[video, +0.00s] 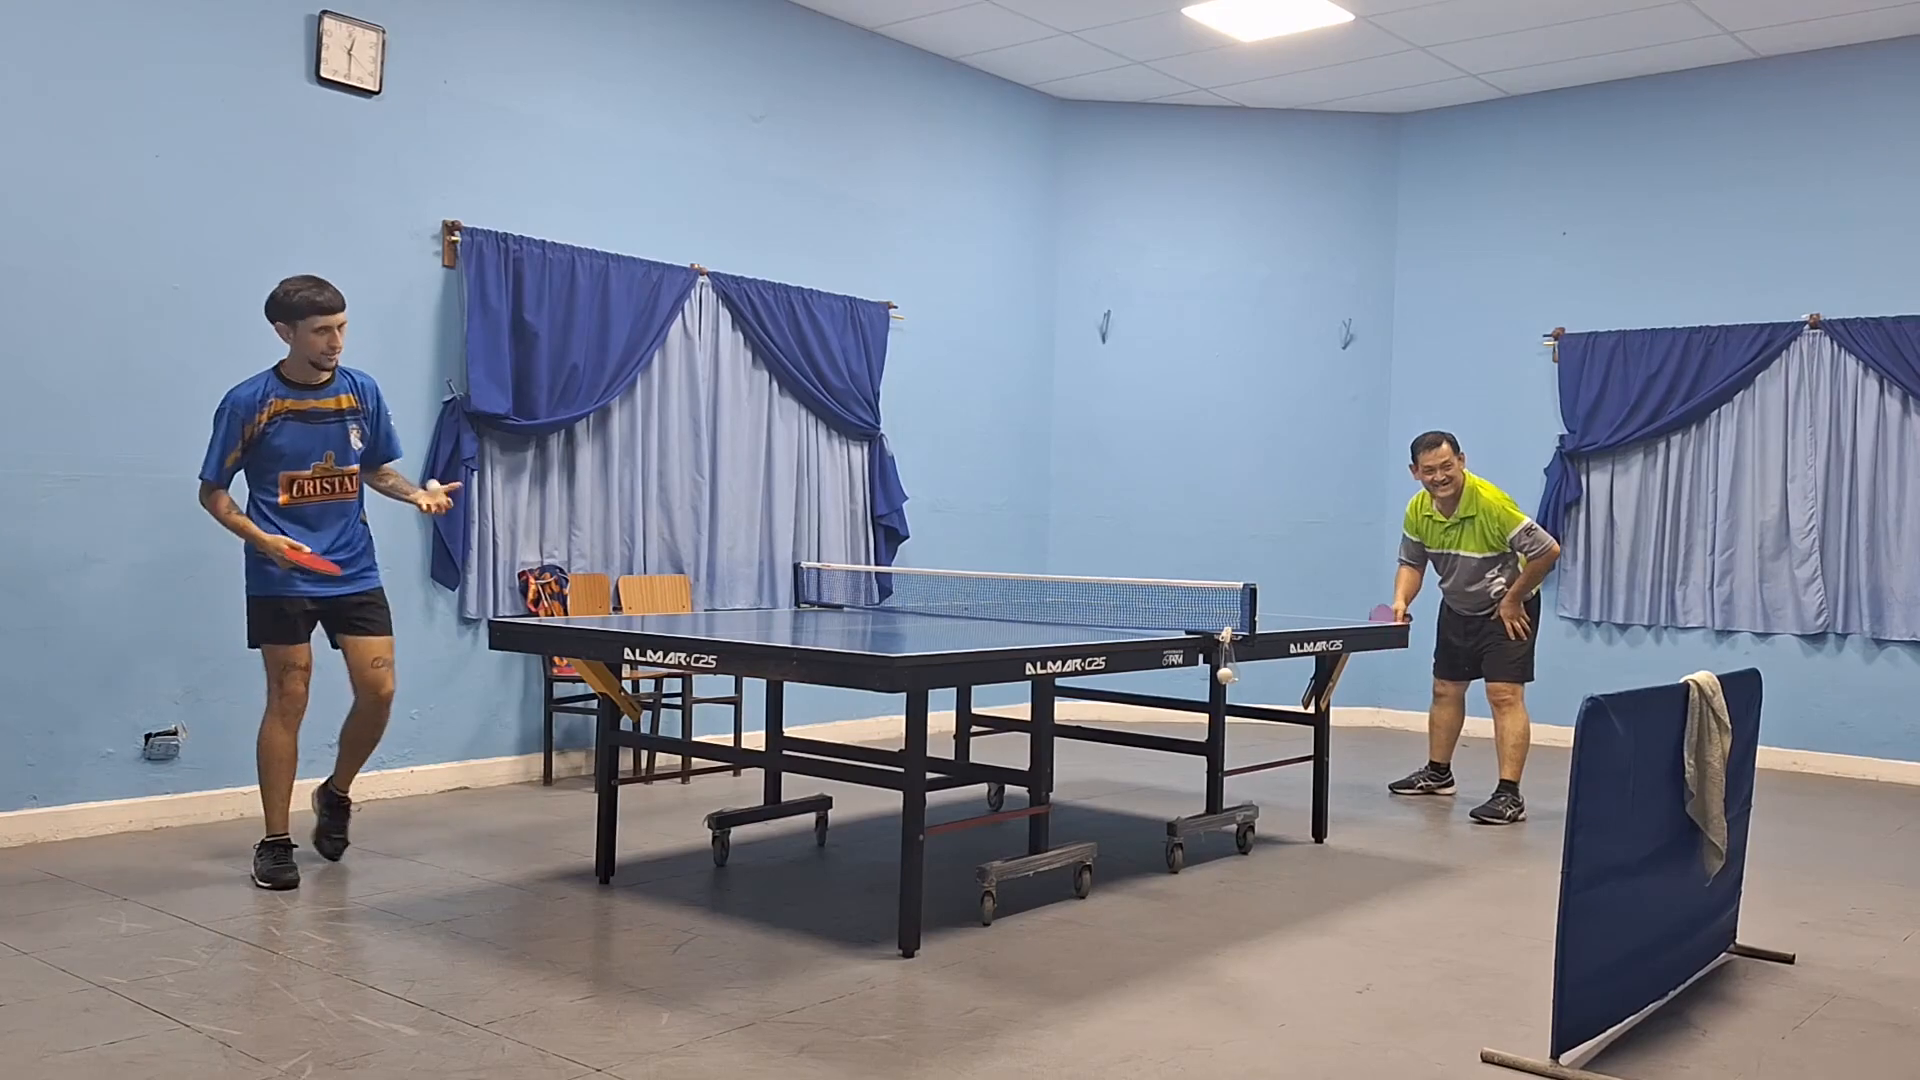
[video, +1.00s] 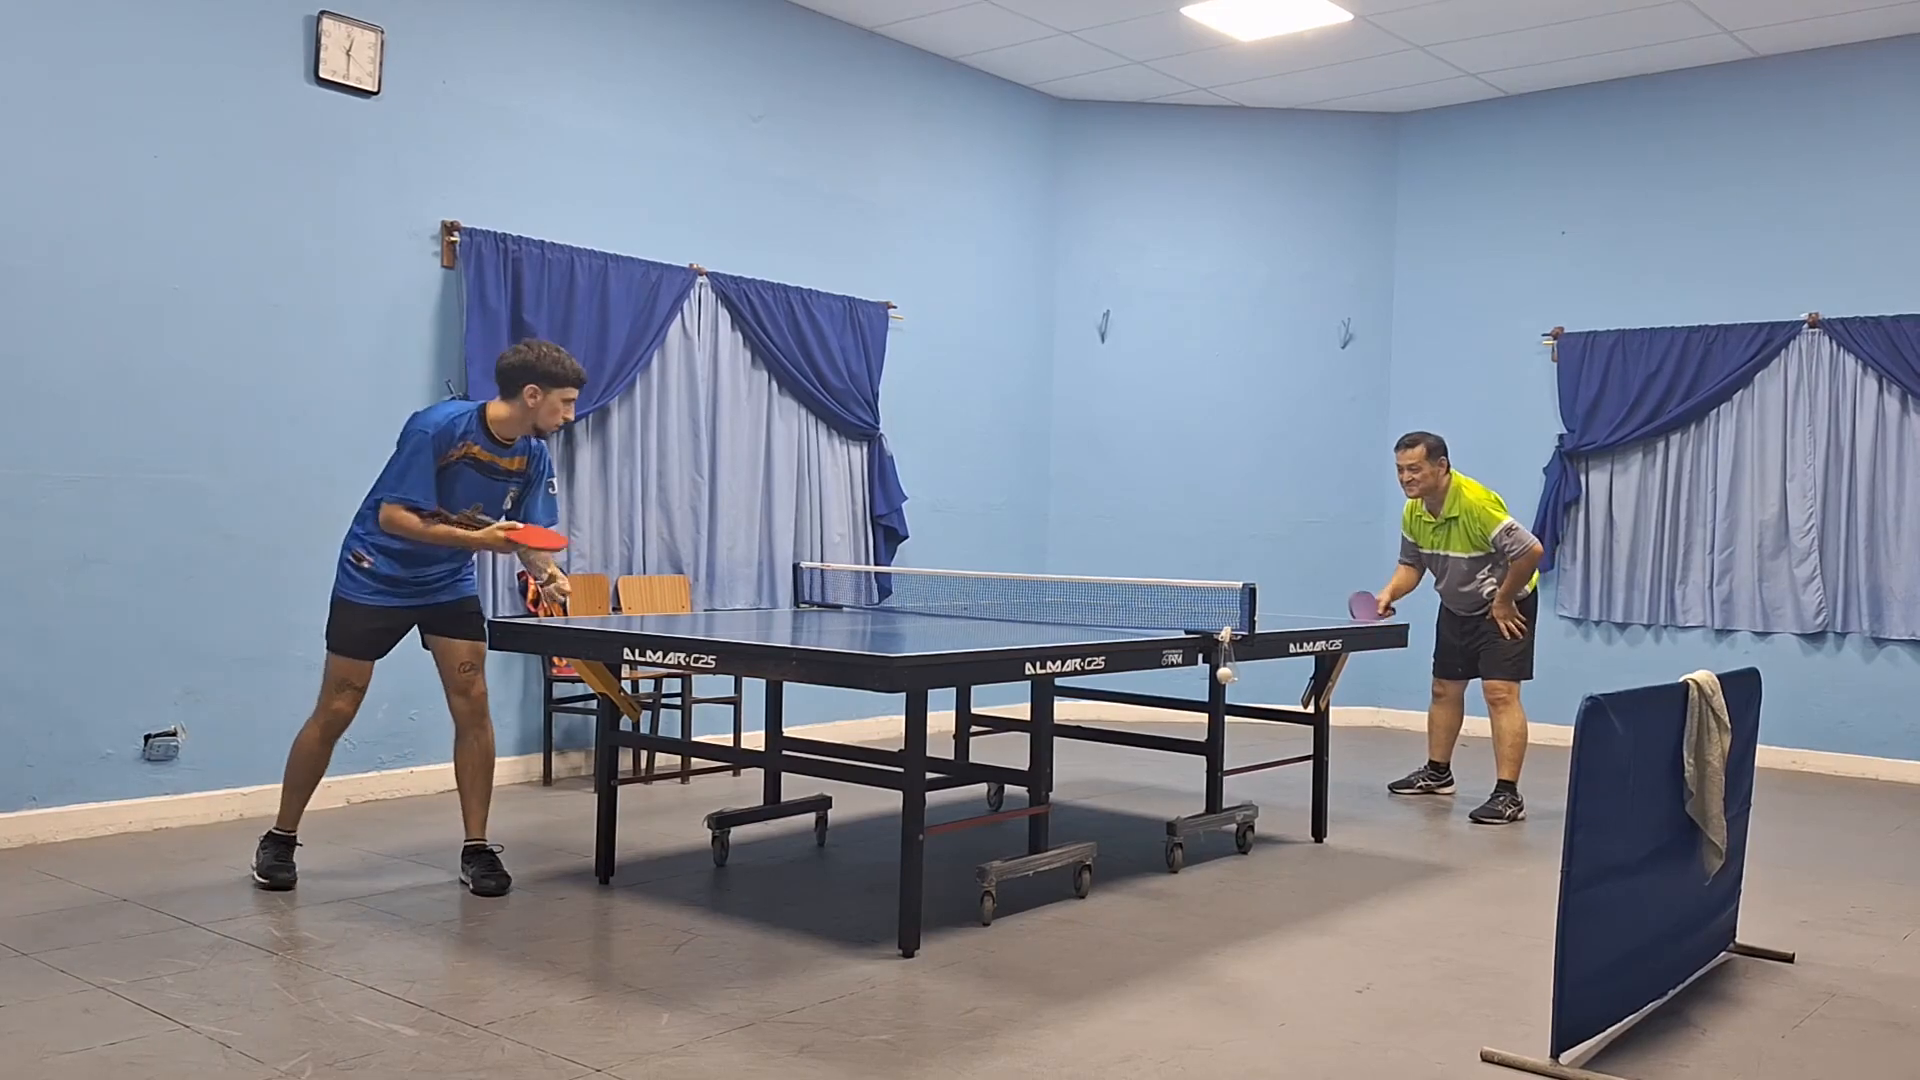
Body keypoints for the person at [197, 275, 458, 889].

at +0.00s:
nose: (335, 341)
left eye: (340, 328)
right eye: (321, 332)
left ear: (345, 325)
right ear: (285, 333)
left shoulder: (362, 392)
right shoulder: (248, 403)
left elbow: (376, 467)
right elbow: (211, 491)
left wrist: (419, 493)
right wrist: (259, 537)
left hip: (352, 565)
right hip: (280, 568)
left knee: (379, 690)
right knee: (290, 695)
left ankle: (336, 793)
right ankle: (275, 839)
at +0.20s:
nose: (339, 324)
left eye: (344, 312)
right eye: (325, 314)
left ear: (350, 315)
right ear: (290, 321)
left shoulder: (363, 386)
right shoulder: (255, 394)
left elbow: (368, 468)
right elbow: (212, 484)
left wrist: (407, 496)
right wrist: (277, 519)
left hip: (362, 564)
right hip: (289, 574)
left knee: (397, 681)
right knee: (290, 698)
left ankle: (390, 818)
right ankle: (277, 842)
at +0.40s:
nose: (367, 321)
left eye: (371, 310)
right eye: (353, 310)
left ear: (372, 316)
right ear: (314, 317)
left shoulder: (389, 390)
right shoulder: (279, 394)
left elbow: (418, 468)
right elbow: (235, 492)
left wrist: (453, 515)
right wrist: (313, 503)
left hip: (376, 568)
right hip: (303, 576)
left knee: (406, 685)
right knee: (298, 702)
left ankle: (451, 822)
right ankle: (277, 843)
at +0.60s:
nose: (429, 350)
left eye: (432, 340)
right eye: (417, 340)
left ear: (429, 343)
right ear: (376, 338)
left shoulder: (441, 411)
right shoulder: (322, 406)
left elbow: (481, 484)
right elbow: (285, 500)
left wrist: (511, 536)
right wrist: (361, 503)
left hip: (406, 580)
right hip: (329, 584)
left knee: (435, 695)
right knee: (318, 710)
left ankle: (468, 841)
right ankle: (279, 843)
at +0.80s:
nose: (526, 393)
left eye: (528, 382)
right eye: (518, 381)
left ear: (489, 380)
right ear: (480, 375)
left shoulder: (502, 447)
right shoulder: (394, 423)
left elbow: (527, 520)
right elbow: (342, 507)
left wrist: (550, 565)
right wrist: (410, 527)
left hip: (439, 587)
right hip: (362, 589)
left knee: (471, 697)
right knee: (339, 723)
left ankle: (477, 848)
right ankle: (283, 843)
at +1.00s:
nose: (570, 416)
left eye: (574, 404)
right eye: (566, 403)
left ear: (536, 399)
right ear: (531, 395)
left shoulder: (534, 458)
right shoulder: (436, 429)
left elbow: (528, 536)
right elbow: (391, 516)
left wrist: (547, 574)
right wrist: (472, 540)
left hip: (449, 580)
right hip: (374, 577)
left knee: (471, 696)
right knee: (337, 709)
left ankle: (477, 847)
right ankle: (281, 839)